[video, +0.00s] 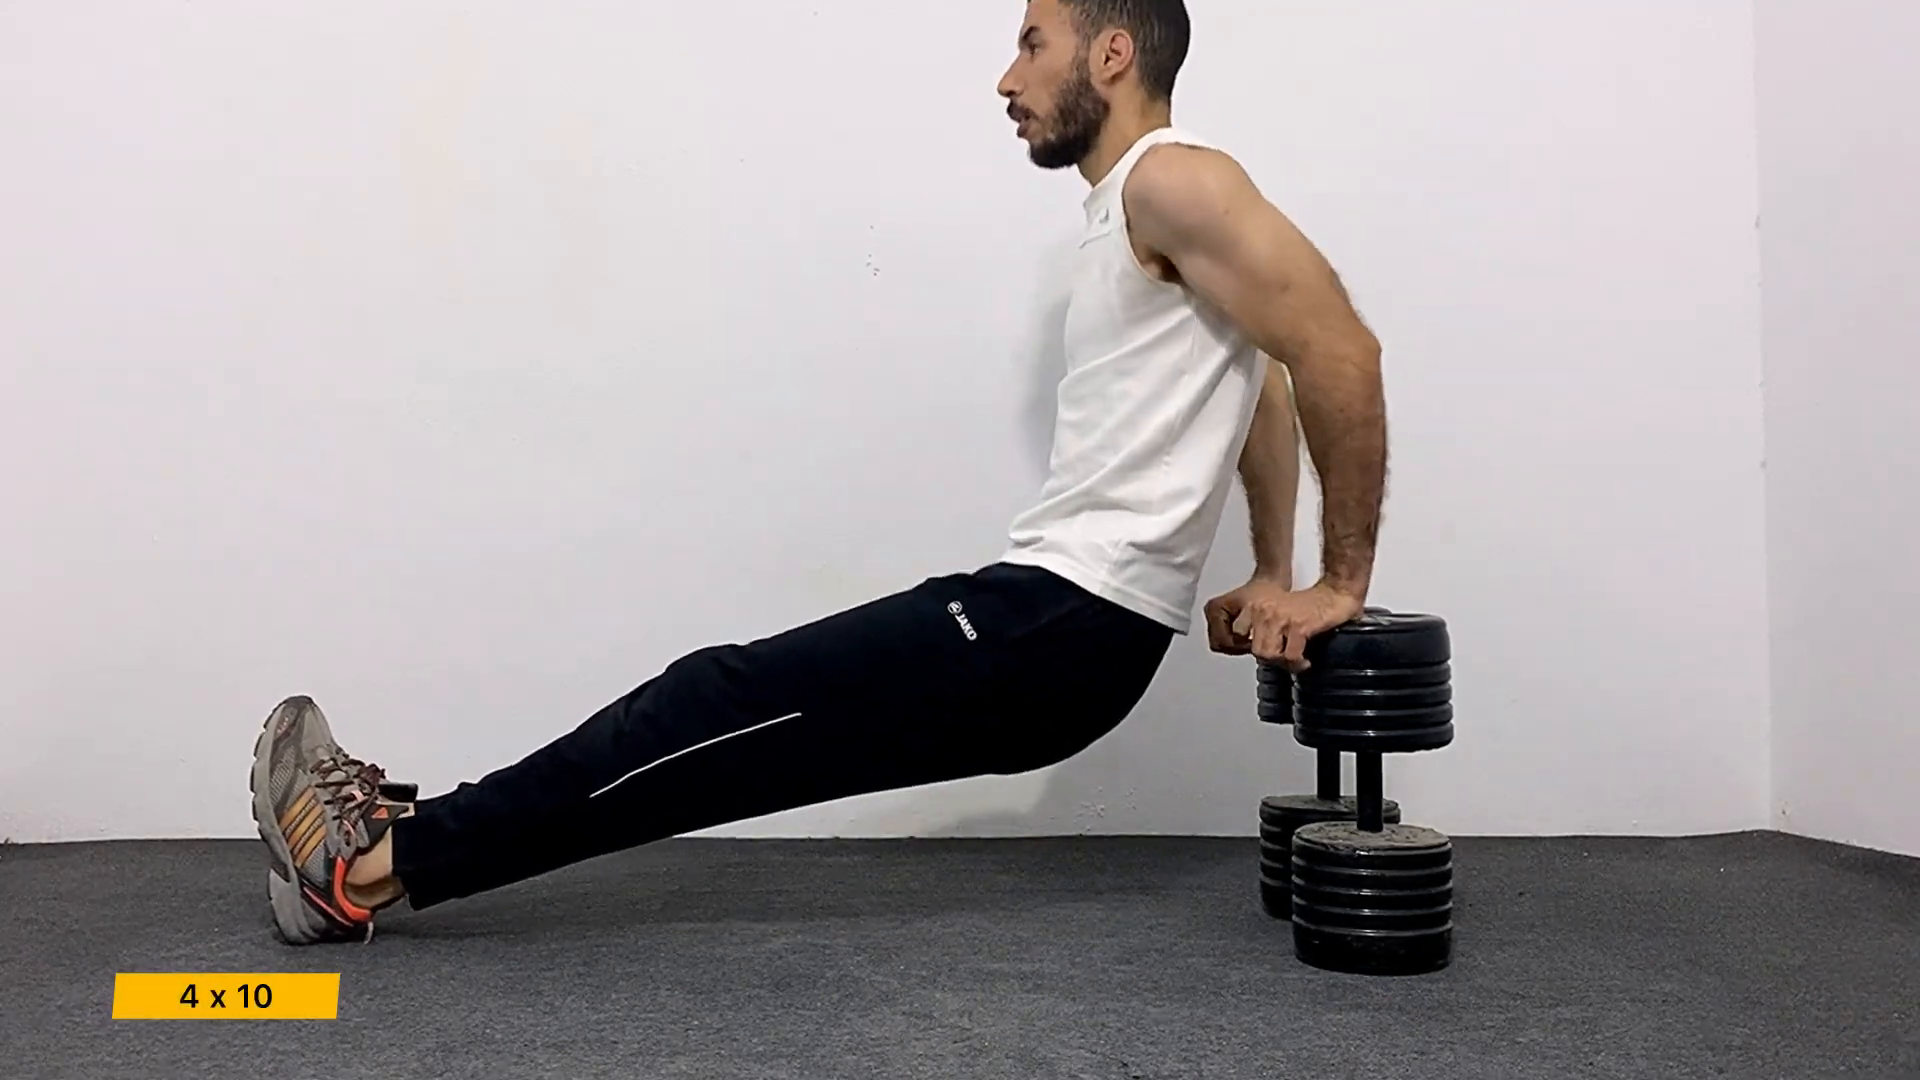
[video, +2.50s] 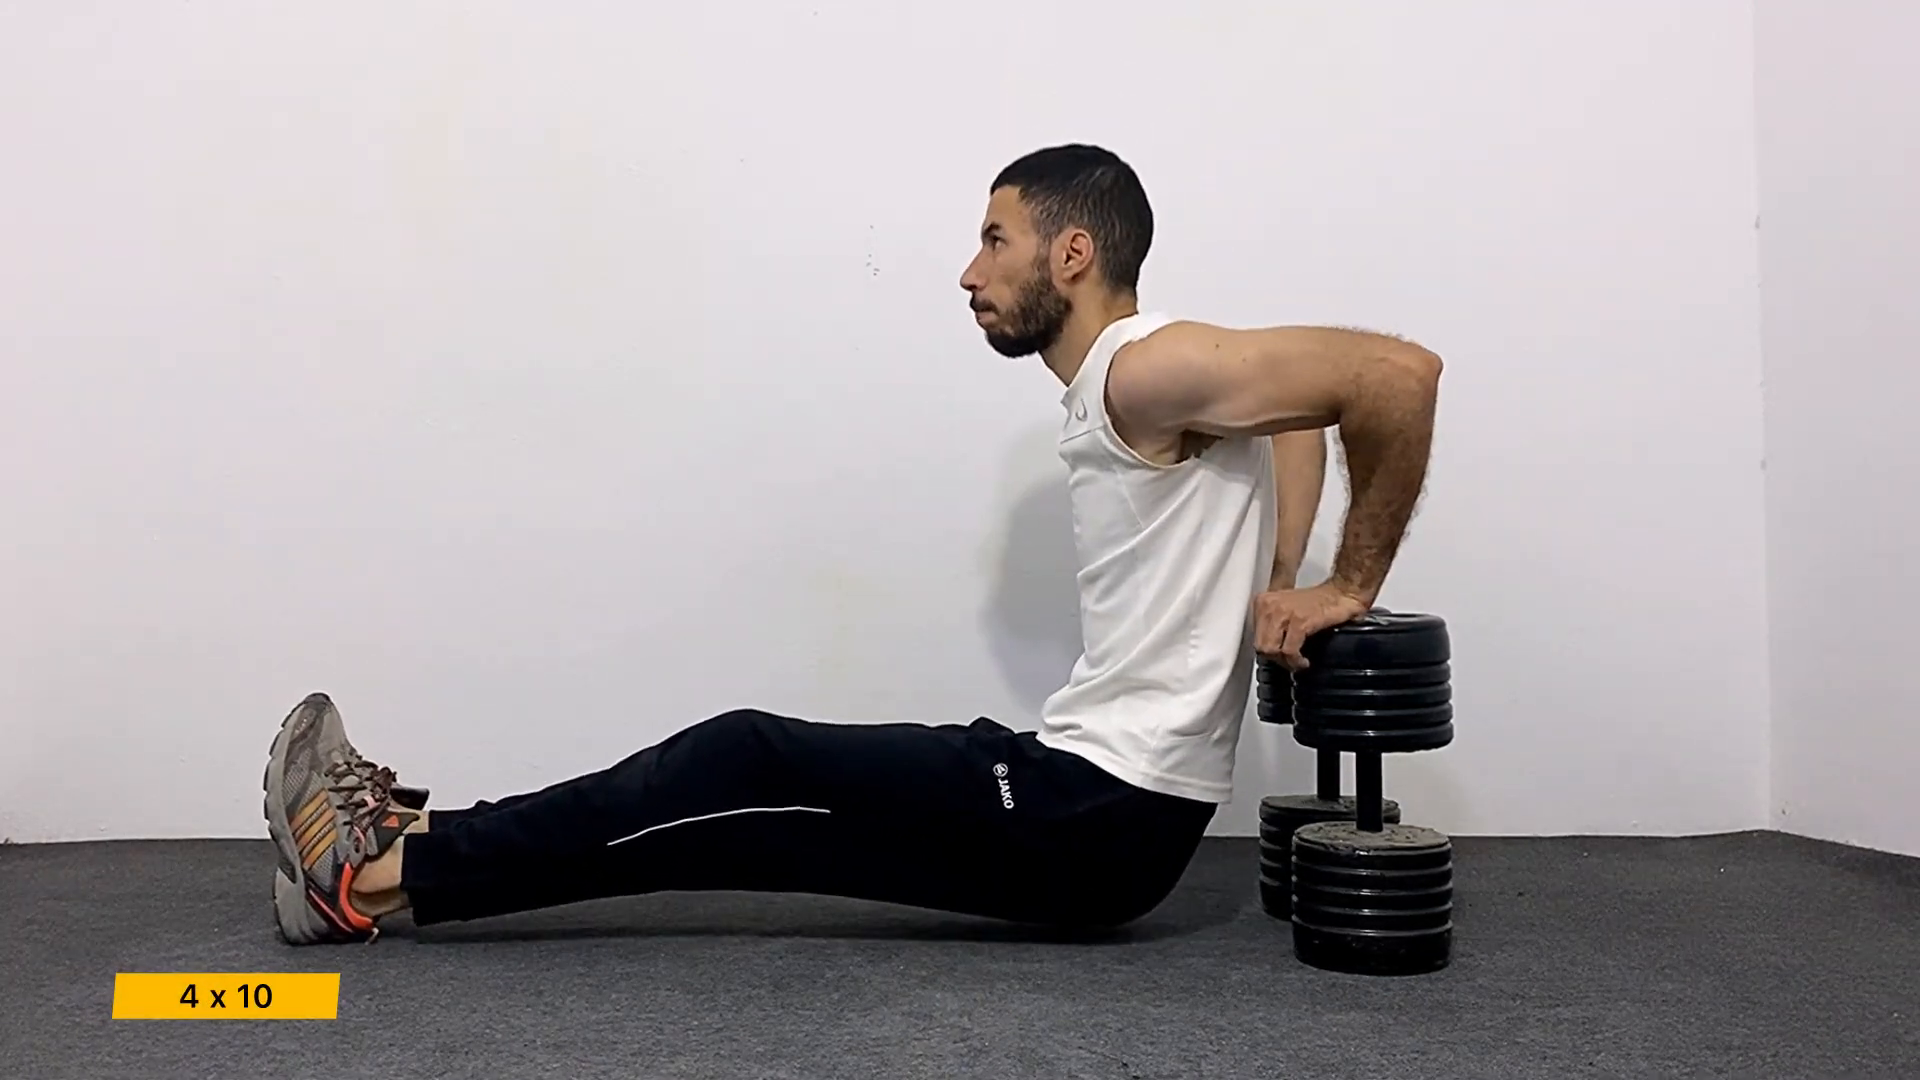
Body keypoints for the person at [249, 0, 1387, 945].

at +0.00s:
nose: (1007, 76)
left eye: (1031, 46)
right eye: (1015, 47)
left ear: (1116, 53)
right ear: (1106, 57)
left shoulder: (1179, 183)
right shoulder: (1145, 206)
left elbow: (1343, 349)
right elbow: (1266, 389)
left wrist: (1350, 580)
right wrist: (1269, 575)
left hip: (1069, 623)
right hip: (1053, 609)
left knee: (713, 712)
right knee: (711, 703)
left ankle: (376, 871)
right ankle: (400, 843)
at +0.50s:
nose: (964, 248)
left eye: (987, 216)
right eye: (973, 219)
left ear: (1074, 227)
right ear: (1077, 228)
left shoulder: (1136, 345)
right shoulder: (1126, 345)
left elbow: (1391, 375)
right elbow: (1295, 391)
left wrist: (1355, 585)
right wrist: (1279, 575)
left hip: (1097, 776)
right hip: (1078, 760)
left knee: (741, 742)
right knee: (736, 795)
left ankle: (386, 869)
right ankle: (416, 848)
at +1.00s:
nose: (966, 228)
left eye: (989, 196)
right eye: (974, 199)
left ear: (1075, 205)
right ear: (1078, 208)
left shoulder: (1144, 326)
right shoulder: (1123, 322)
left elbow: (1397, 373)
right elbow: (1293, 383)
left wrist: (1352, 589)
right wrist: (1278, 569)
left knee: (735, 752)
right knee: (734, 748)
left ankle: (389, 876)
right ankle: (421, 843)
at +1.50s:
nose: (1021, 43)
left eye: (1042, 13)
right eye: (1027, 16)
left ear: (1128, 17)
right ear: (1112, 24)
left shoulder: (1189, 144)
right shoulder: (1146, 168)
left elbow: (1313, 350)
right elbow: (1244, 383)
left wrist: (1346, 579)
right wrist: (1263, 572)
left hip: (1063, 590)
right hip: (1041, 576)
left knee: (721, 714)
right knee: (715, 700)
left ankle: (379, 877)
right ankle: (412, 843)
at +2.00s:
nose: (992, 181)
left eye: (1013, 149)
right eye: (998, 152)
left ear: (1100, 159)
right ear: (1103, 164)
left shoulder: (1163, 286)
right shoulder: (1138, 294)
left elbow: (1395, 368)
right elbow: (1302, 374)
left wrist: (1354, 586)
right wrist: (1281, 572)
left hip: (1101, 720)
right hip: (1077, 702)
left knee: (737, 749)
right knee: (735, 745)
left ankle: (390, 871)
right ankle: (408, 854)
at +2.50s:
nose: (972, 276)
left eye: (995, 244)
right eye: (980, 246)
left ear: (1078, 251)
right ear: (1083, 253)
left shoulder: (1143, 370)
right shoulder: (1138, 373)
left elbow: (1401, 381)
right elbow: (1300, 412)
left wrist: (1354, 592)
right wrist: (1279, 580)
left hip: (1095, 808)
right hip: (1092, 799)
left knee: (737, 756)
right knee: (726, 821)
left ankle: (381, 873)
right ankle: (417, 848)